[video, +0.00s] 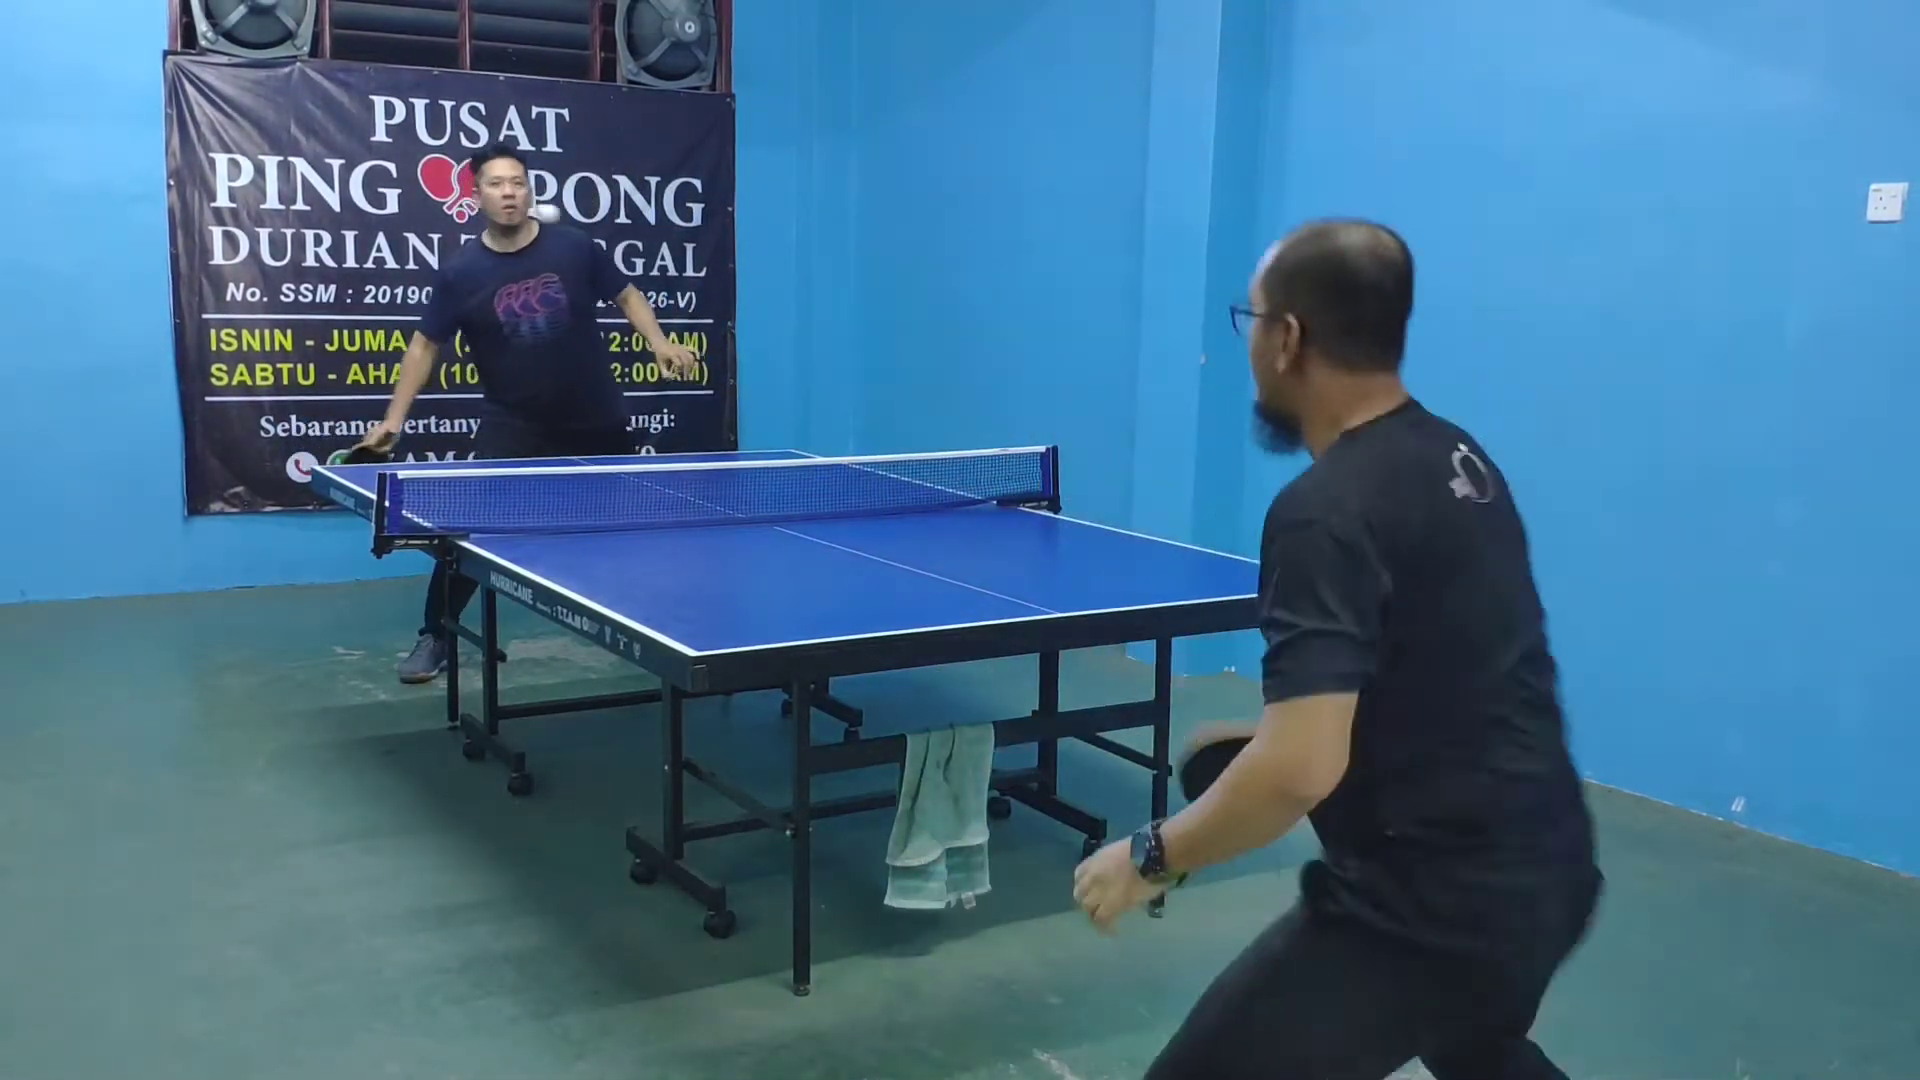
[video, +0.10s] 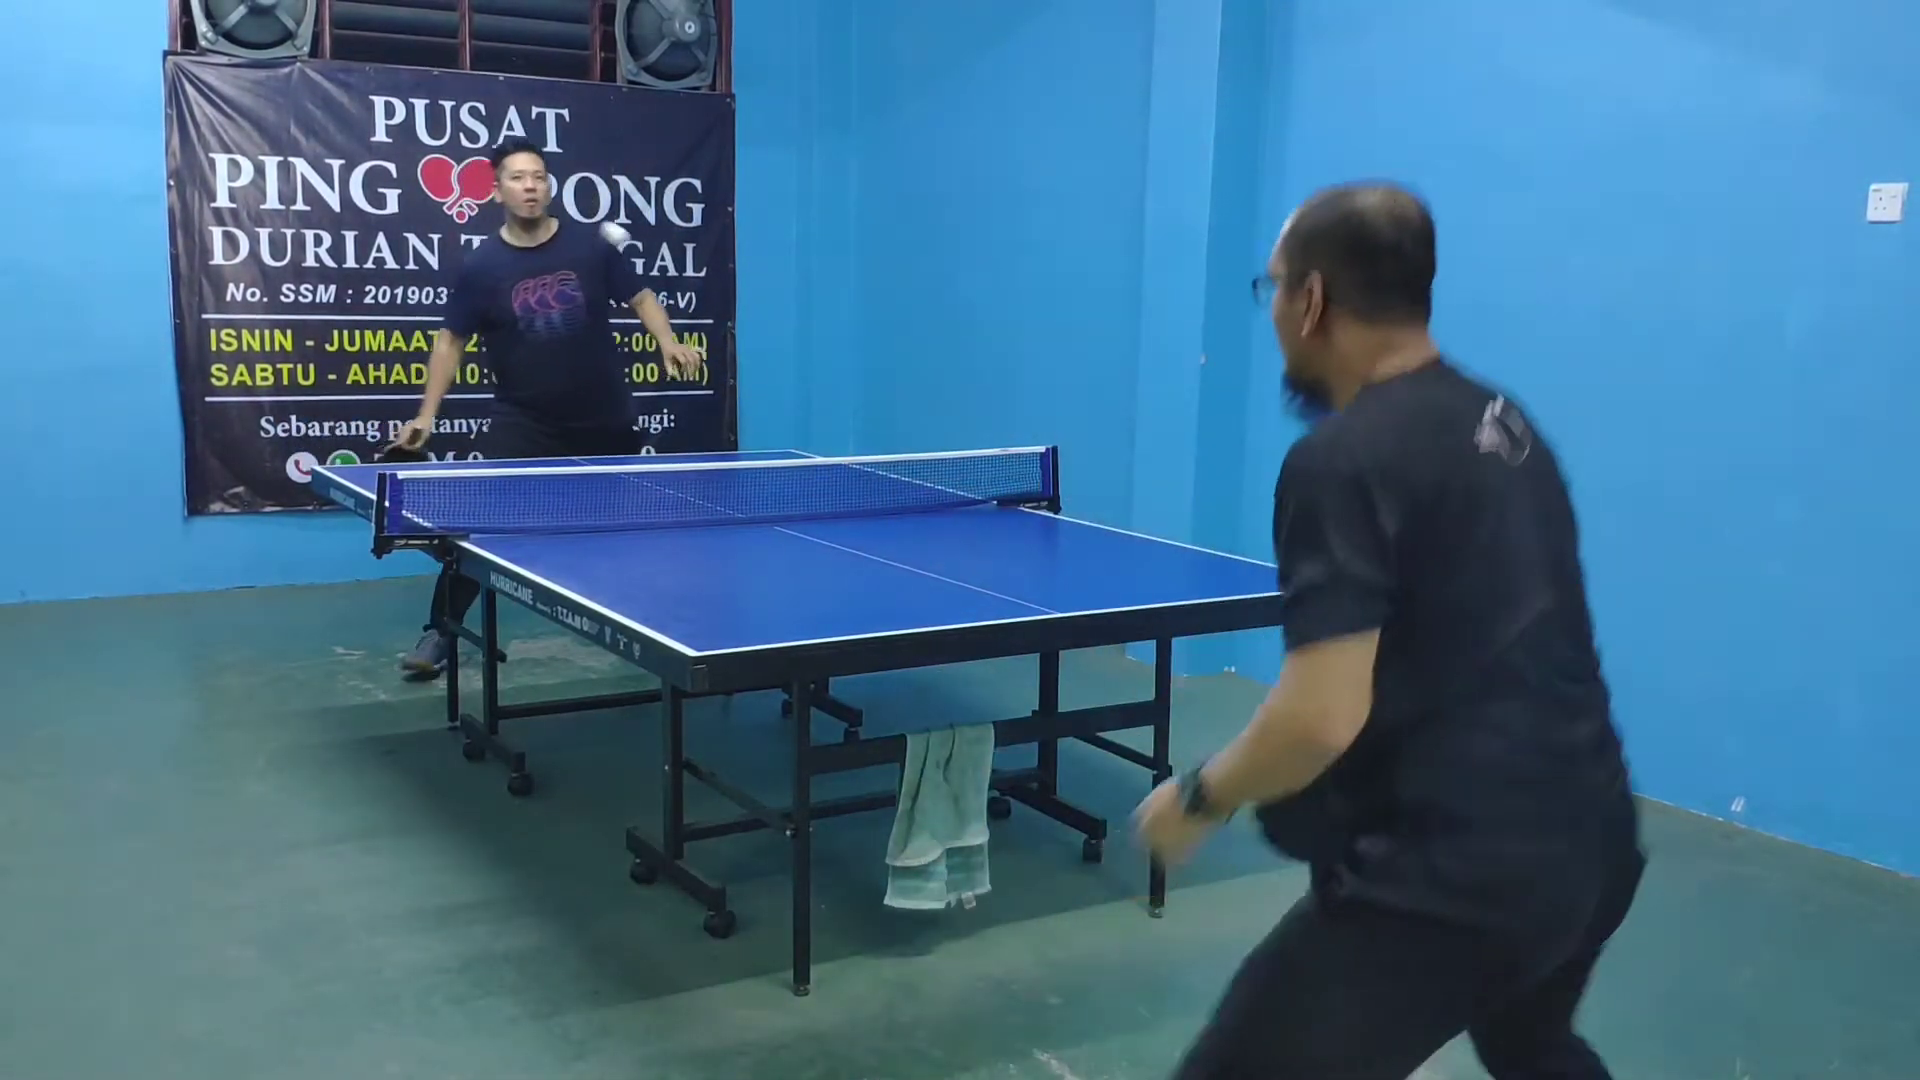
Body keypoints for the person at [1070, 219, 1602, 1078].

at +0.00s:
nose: (1248, 342)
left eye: (1252, 318)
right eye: (1250, 318)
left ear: (1290, 337)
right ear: (1388, 335)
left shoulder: (1323, 511)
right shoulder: (1456, 459)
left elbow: (1299, 767)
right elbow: (1455, 684)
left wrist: (1152, 856)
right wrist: (1292, 735)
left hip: (1416, 905)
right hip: (1536, 874)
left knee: (1193, 1070)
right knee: (1480, 1051)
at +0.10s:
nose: (1271, 318)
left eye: (1274, 291)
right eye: (1271, 293)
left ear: (1314, 302)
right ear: (1417, 295)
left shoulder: (1341, 460)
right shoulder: (1502, 423)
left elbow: (1322, 710)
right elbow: (1516, 643)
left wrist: (1200, 798)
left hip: (1447, 880)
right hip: (1585, 851)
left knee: (1228, 1068)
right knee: (1527, 1039)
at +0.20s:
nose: (1289, 234)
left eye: (1291, 206)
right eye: (1289, 207)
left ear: (1335, 211)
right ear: (1436, 206)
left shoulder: (1368, 350)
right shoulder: (1535, 332)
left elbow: (1376, 606)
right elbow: (1576, 559)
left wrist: (1277, 715)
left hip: (1518, 792)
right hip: (1647, 767)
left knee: (1407, 1059)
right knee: (1559, 1042)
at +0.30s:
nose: (1323, 242)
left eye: (1322, 210)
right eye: (1317, 214)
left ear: (1371, 195)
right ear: (1468, 186)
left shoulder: (1417, 331)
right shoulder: (1593, 312)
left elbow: (1427, 603)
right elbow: (1701, 543)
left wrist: (1322, 726)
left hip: (1588, 782)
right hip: (1710, 761)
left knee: (1481, 1059)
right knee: (1559, 1052)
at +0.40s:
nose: (1374, 306)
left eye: (1365, 271)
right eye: (1360, 278)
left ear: (1420, 237)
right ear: (1508, 224)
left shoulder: (1485, 374)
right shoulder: (1651, 347)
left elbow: (1471, 669)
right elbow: (1763, 589)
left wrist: (1351, 806)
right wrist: (1676, 742)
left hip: (1634, 847)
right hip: (1748, 822)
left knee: (1552, 1057)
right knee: (1619, 1050)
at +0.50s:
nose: (1408, 352)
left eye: (1395, 319)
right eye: (1389, 328)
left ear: (1447, 277)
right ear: (1538, 253)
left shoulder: (1508, 417)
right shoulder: (1703, 371)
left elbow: (1510, 725)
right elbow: (1823, 635)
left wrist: (1397, 881)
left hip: (1701, 896)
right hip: (1821, 865)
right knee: (1585, 1057)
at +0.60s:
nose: (1439, 398)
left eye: (1417, 359)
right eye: (1415, 370)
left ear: (1460, 305)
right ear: (1556, 276)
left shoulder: (1529, 450)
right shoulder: (1753, 382)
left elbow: (1544, 780)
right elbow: (1898, 641)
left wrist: (1454, 946)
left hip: (1782, 942)